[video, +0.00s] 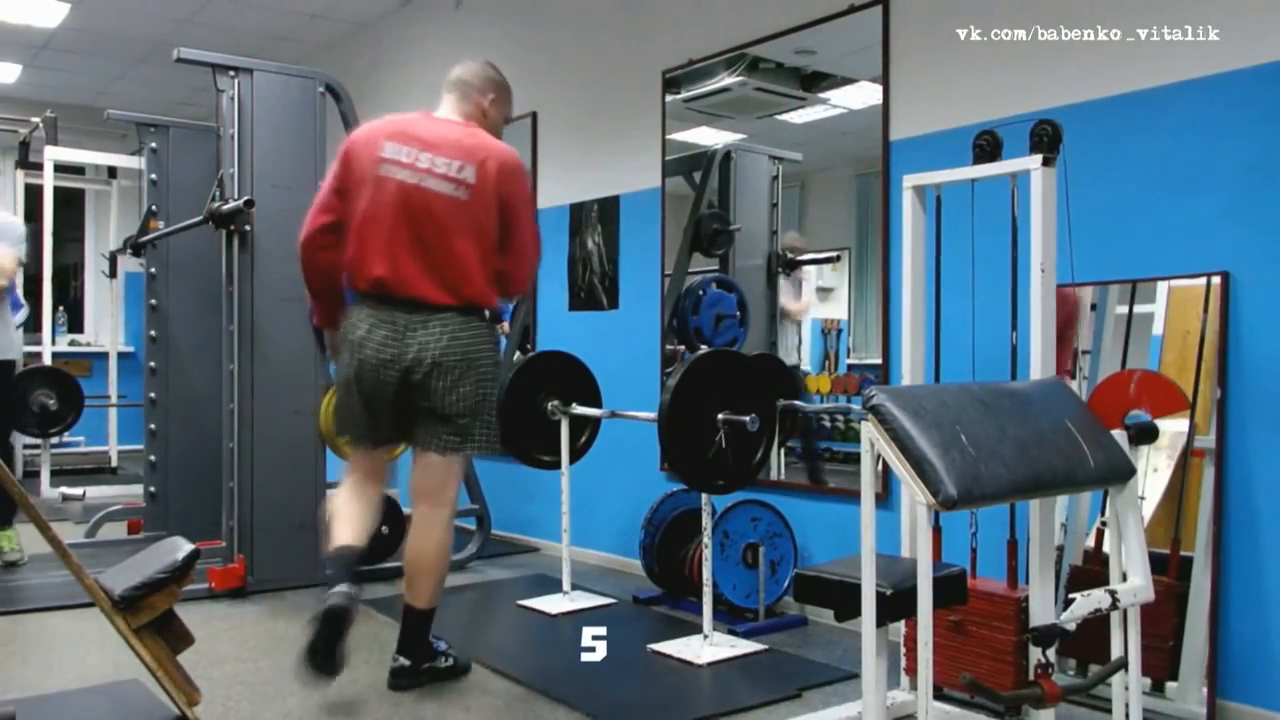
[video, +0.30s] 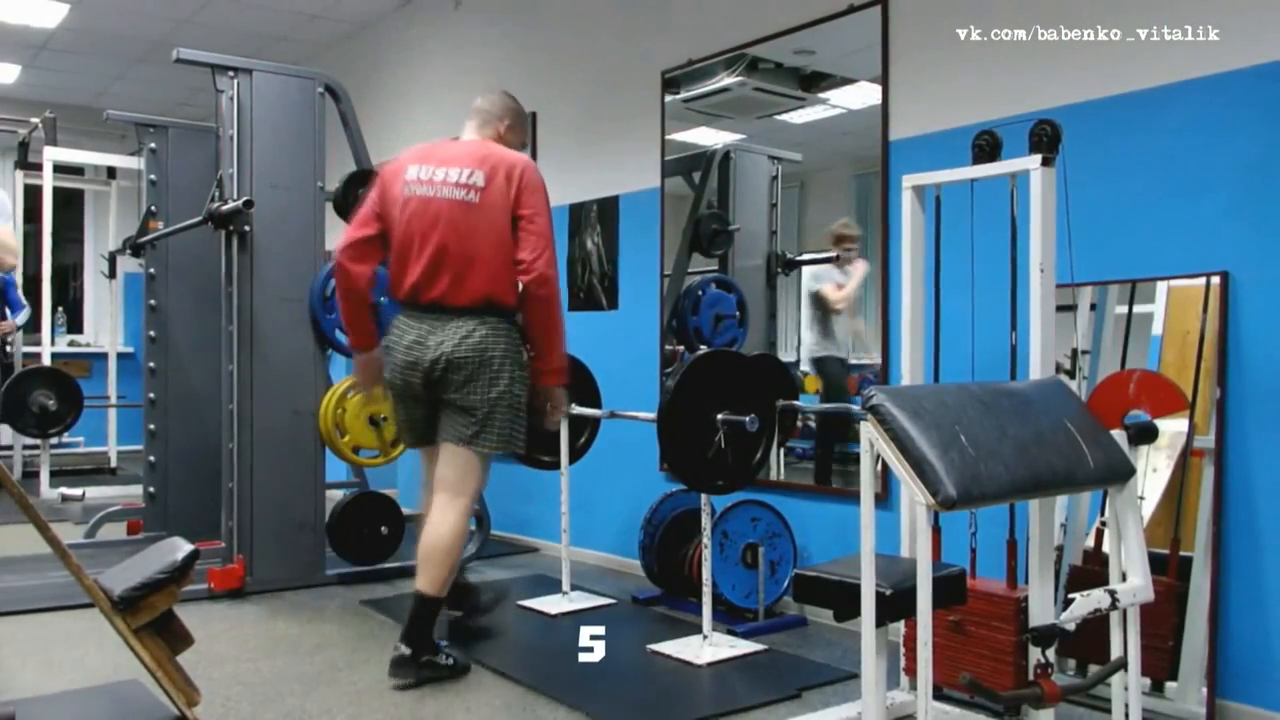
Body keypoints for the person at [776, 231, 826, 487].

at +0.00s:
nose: (798, 261)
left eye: (800, 256)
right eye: (793, 255)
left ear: (801, 257)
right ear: (783, 256)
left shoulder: (794, 280)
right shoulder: (775, 281)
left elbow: (799, 309)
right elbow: (797, 311)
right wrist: (807, 280)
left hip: (794, 362)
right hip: (779, 364)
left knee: (805, 418)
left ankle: (817, 474)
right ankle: (816, 475)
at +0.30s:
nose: (852, 255)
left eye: (855, 249)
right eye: (846, 250)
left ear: (857, 249)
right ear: (834, 248)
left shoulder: (846, 273)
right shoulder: (816, 269)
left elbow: (854, 318)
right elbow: (837, 302)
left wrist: (870, 351)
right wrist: (858, 275)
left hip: (840, 352)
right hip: (820, 350)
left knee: (831, 417)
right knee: (840, 410)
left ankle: (823, 478)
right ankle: (825, 476)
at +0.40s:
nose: (866, 259)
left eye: (870, 254)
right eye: (860, 253)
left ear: (873, 253)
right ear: (847, 251)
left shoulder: (869, 276)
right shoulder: (830, 274)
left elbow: (879, 320)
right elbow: (852, 305)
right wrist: (874, 278)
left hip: (872, 360)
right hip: (845, 362)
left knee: (837, 424)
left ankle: (823, 482)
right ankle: (823, 482)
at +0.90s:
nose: (853, 218)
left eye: (860, 209)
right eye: (845, 211)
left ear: (877, 195)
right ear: (837, 203)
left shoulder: (896, 228)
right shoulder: (830, 231)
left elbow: (907, 301)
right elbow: (813, 289)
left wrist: (884, 361)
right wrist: (809, 338)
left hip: (891, 347)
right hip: (849, 346)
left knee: (891, 439)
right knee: (848, 440)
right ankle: (853, 522)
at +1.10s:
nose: (848, 228)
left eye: (854, 219)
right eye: (841, 221)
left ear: (875, 203)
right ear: (833, 213)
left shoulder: (896, 231)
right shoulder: (832, 230)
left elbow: (898, 313)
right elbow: (823, 290)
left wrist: (872, 382)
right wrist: (818, 345)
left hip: (893, 343)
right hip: (855, 344)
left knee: (881, 437)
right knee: (833, 438)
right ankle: (851, 514)